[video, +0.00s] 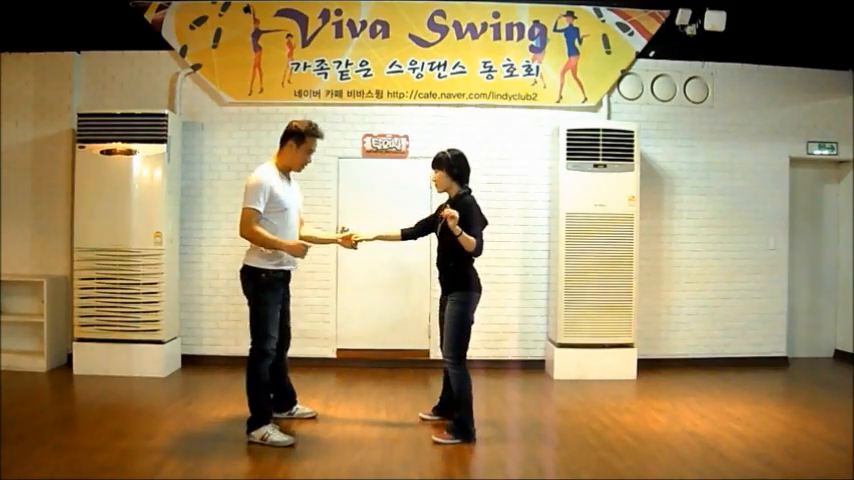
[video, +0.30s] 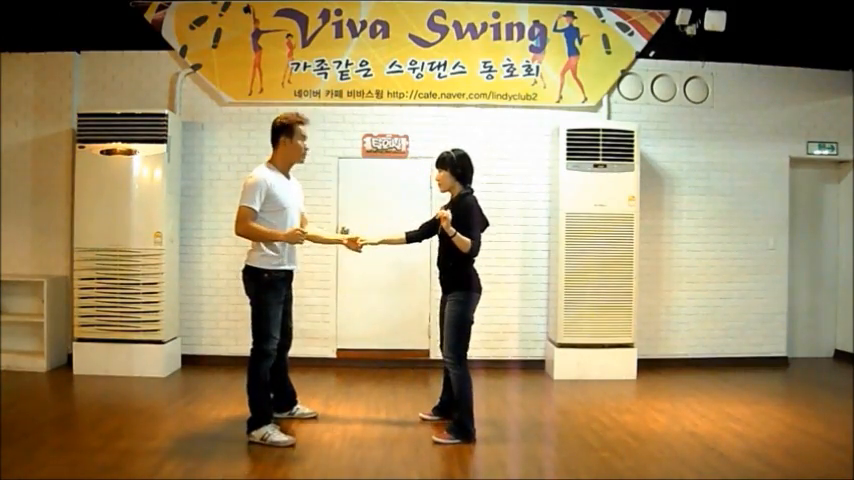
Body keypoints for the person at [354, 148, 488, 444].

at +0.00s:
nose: (432, 177)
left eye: (436, 171)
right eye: (433, 171)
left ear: (451, 173)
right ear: (448, 174)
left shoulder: (469, 206)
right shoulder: (445, 208)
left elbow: (475, 249)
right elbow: (413, 233)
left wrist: (454, 227)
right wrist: (372, 236)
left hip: (464, 290)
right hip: (448, 290)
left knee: (454, 356)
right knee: (448, 353)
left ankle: (464, 429)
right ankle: (447, 408)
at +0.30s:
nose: (435, 176)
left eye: (439, 170)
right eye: (436, 170)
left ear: (453, 173)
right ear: (452, 174)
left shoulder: (469, 205)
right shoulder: (450, 207)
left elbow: (471, 249)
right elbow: (417, 235)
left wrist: (449, 229)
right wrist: (374, 241)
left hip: (464, 291)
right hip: (450, 289)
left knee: (455, 356)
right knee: (448, 352)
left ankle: (464, 429)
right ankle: (447, 408)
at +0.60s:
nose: (439, 174)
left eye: (444, 169)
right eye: (440, 169)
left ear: (458, 173)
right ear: (455, 173)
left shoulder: (469, 205)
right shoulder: (451, 206)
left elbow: (470, 249)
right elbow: (416, 225)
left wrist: (446, 226)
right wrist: (380, 216)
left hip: (463, 291)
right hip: (450, 290)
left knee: (452, 357)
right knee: (446, 352)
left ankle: (464, 429)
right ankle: (447, 407)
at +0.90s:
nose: (433, 180)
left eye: (438, 174)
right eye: (434, 174)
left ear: (453, 178)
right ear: (446, 179)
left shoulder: (468, 212)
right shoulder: (443, 214)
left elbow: (473, 256)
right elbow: (409, 238)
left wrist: (443, 241)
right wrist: (368, 236)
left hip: (460, 298)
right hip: (442, 296)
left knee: (438, 360)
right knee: (427, 356)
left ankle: (465, 428)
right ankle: (447, 408)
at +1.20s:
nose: (397, 183)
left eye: (402, 178)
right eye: (399, 178)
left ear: (416, 183)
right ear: (415, 183)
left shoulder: (422, 214)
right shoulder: (412, 214)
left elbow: (416, 256)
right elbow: (382, 236)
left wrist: (387, 244)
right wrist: (342, 238)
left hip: (423, 302)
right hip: (411, 301)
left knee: (427, 368)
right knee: (378, 352)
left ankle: (464, 426)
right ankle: (362, 419)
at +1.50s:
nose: (335, 173)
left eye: (339, 169)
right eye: (337, 168)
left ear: (351, 173)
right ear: (356, 174)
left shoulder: (353, 204)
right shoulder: (356, 202)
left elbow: (339, 247)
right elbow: (334, 241)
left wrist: (307, 240)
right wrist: (307, 238)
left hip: (345, 291)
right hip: (350, 289)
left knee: (309, 345)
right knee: (339, 352)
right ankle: (355, 421)